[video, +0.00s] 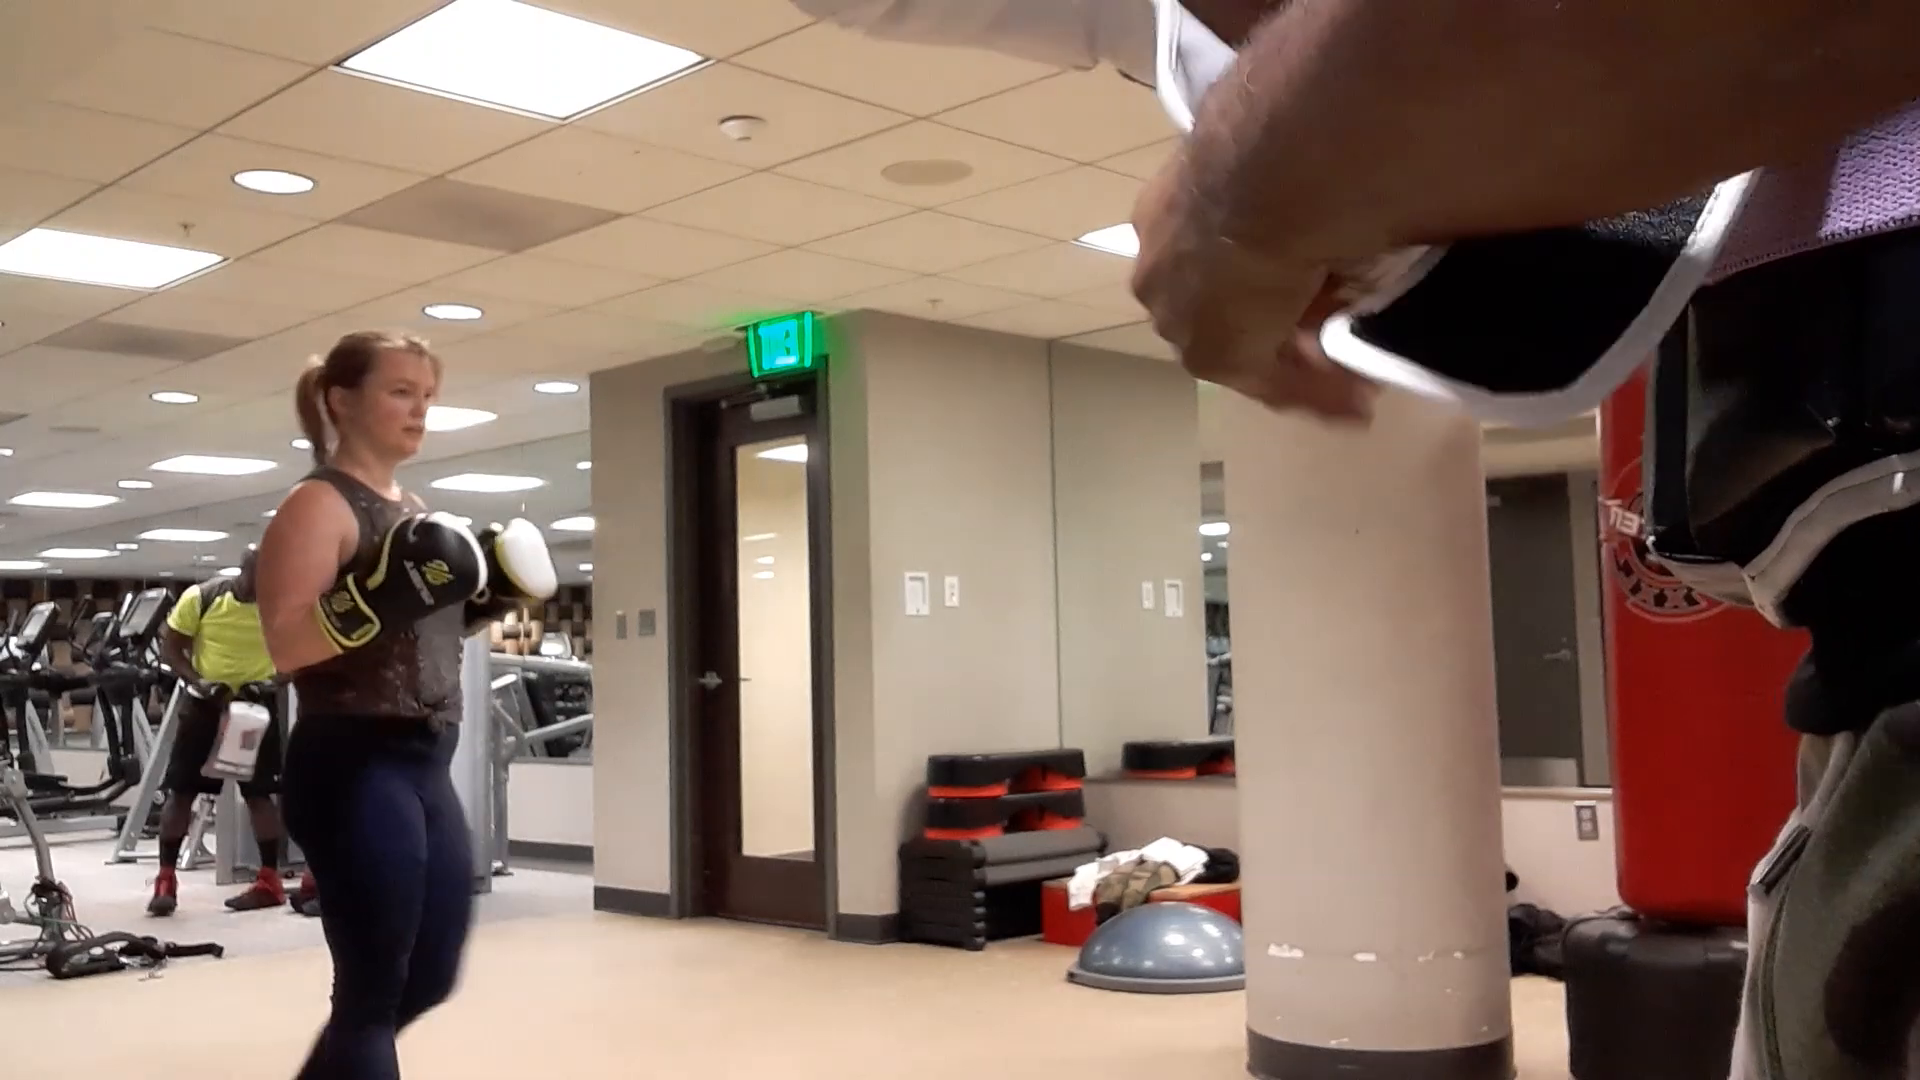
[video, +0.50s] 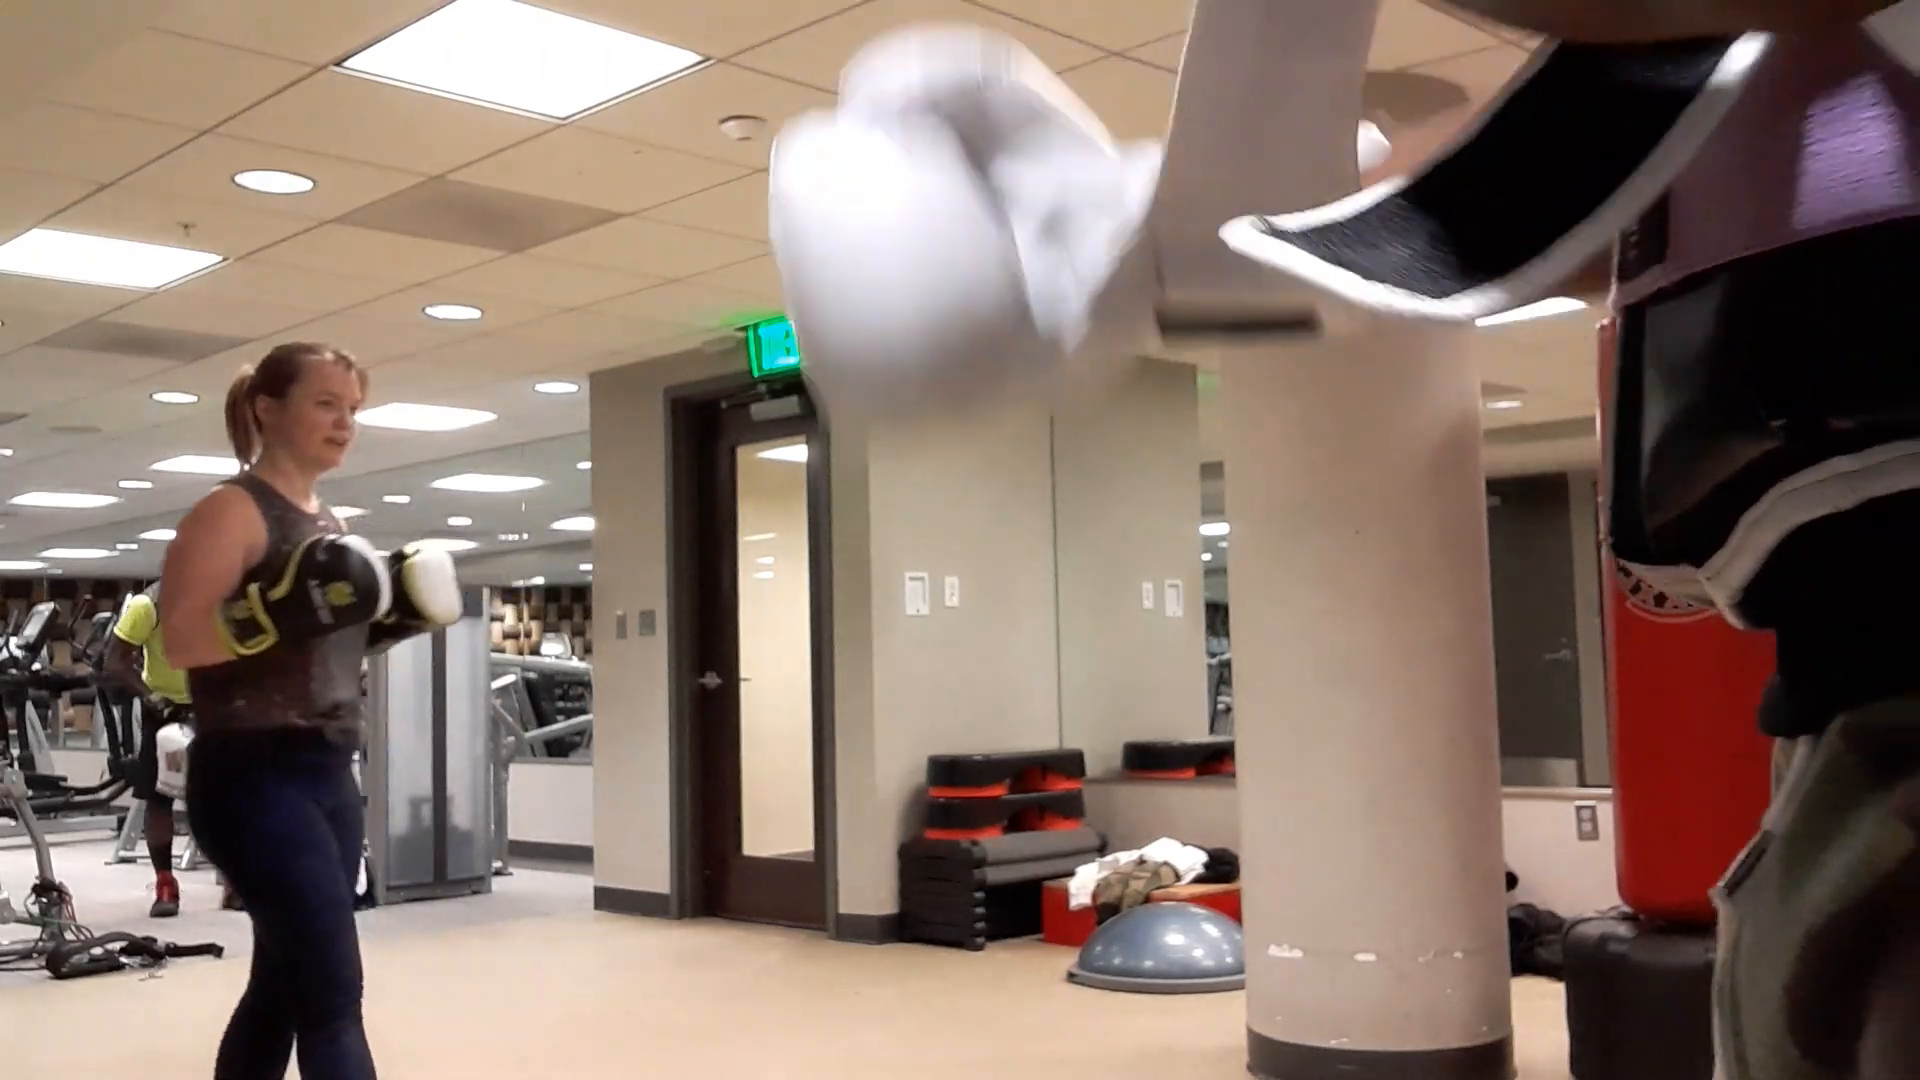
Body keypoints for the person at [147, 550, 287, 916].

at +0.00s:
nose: (253, 587)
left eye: (260, 580)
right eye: (251, 577)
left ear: (269, 578)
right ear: (240, 570)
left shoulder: (277, 608)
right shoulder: (200, 598)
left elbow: (301, 657)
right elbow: (170, 647)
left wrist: (273, 684)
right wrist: (195, 681)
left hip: (258, 709)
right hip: (205, 706)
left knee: (258, 794)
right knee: (181, 792)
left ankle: (270, 880)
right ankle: (166, 879)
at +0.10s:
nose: (243, 581)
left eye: (248, 573)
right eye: (239, 572)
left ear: (254, 574)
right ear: (225, 570)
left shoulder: (264, 606)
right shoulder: (187, 600)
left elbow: (289, 658)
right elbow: (159, 655)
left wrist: (260, 683)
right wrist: (190, 683)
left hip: (248, 706)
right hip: (196, 705)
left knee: (255, 794)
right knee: (177, 795)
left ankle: (268, 878)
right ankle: (167, 881)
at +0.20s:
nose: (228, 576)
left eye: (233, 568)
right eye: (223, 567)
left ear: (240, 571)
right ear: (211, 566)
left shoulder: (250, 605)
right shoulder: (175, 601)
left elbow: (277, 652)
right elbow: (145, 658)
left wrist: (252, 681)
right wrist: (177, 685)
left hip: (239, 710)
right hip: (186, 710)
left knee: (250, 794)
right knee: (169, 794)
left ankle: (265, 878)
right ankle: (166, 882)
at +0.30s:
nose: (211, 576)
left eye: (217, 568)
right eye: (207, 567)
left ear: (228, 572)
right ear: (196, 567)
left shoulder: (239, 606)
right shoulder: (164, 602)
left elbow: (265, 648)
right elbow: (132, 657)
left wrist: (250, 688)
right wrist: (164, 687)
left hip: (231, 709)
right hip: (176, 710)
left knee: (246, 794)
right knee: (163, 796)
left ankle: (259, 877)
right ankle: (165, 883)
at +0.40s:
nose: (204, 578)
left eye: (211, 571)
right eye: (200, 569)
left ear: (219, 575)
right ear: (189, 568)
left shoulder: (227, 603)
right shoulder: (154, 603)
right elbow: (124, 660)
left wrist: (235, 699)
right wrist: (157, 695)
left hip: (221, 707)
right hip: (168, 707)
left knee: (231, 798)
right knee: (161, 798)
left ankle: (248, 879)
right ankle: (165, 883)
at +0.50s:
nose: (184, 580)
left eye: (191, 573)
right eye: (179, 572)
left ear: (201, 577)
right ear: (168, 573)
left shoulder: (213, 605)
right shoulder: (145, 606)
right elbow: (115, 662)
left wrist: (219, 700)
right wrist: (150, 697)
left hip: (209, 711)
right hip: (163, 710)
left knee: (219, 797)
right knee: (159, 800)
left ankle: (234, 882)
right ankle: (165, 883)